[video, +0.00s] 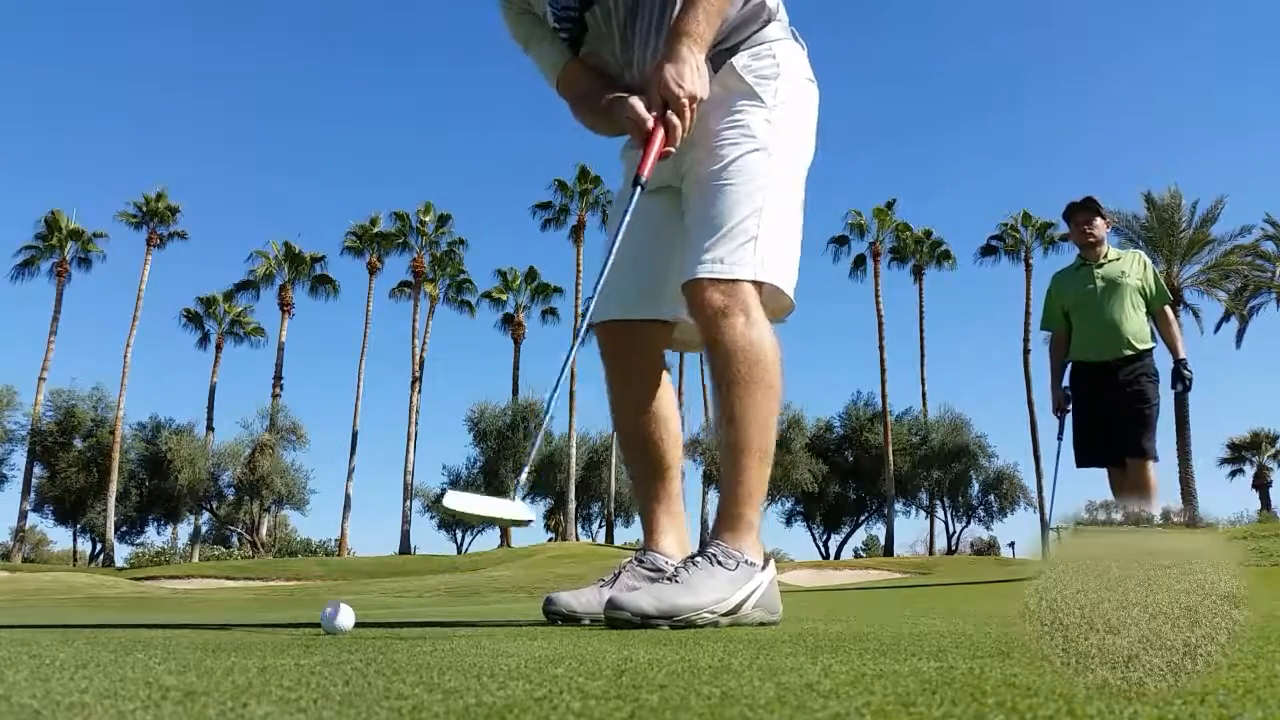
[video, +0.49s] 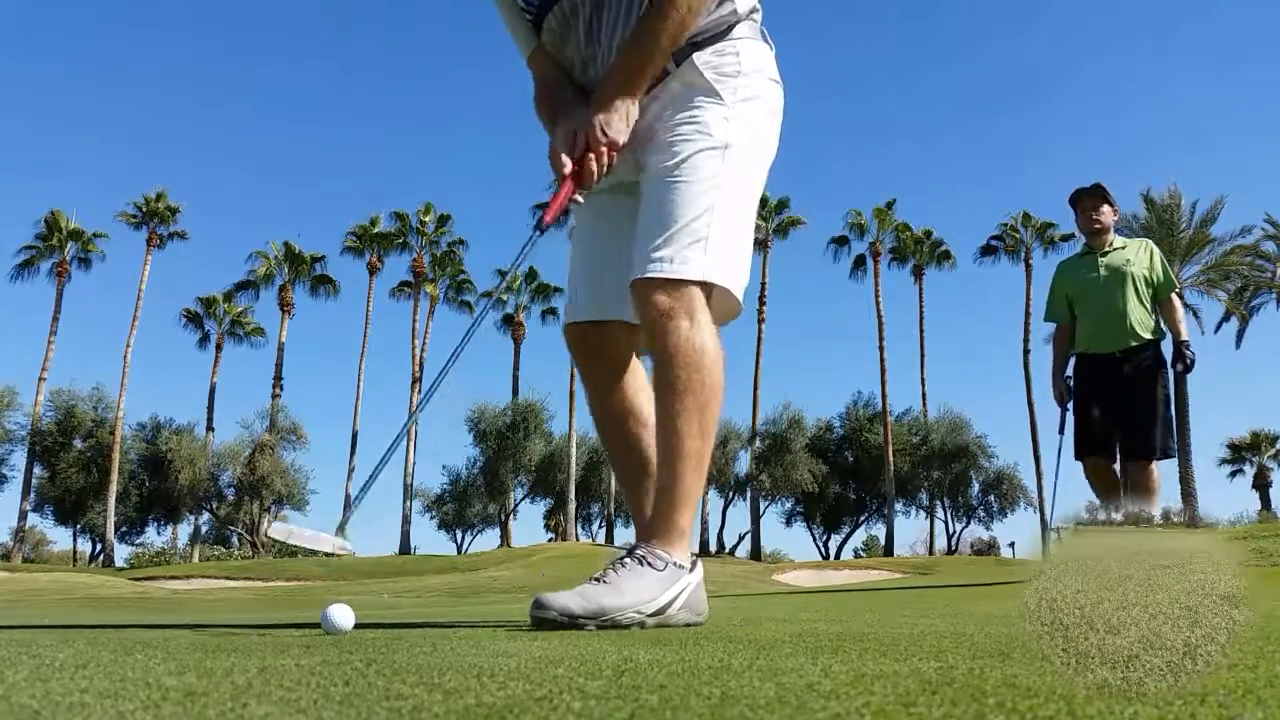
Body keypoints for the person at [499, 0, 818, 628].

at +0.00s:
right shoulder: (521, 8)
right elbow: (581, 87)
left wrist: (688, 40)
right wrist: (618, 110)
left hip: (744, 55)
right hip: (652, 107)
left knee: (722, 287)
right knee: (623, 323)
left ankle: (740, 558)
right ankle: (666, 558)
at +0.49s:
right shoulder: (515, 6)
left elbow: (685, 4)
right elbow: (547, 70)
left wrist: (619, 91)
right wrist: (564, 120)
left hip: (707, 59)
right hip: (605, 101)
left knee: (670, 290)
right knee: (594, 331)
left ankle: (671, 560)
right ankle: (659, 557)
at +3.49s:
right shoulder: (453, 6)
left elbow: (613, 5)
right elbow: (507, 95)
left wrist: (564, 124)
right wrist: (517, 163)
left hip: (665, 61)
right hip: (571, 110)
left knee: (639, 288)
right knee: (544, 324)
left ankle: (653, 561)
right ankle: (575, 559)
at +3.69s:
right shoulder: (453, 6)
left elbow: (615, 5)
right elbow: (505, 91)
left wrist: (564, 126)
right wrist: (519, 159)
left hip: (665, 62)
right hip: (570, 110)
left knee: (642, 287)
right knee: (546, 323)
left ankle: (654, 562)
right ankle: (575, 561)